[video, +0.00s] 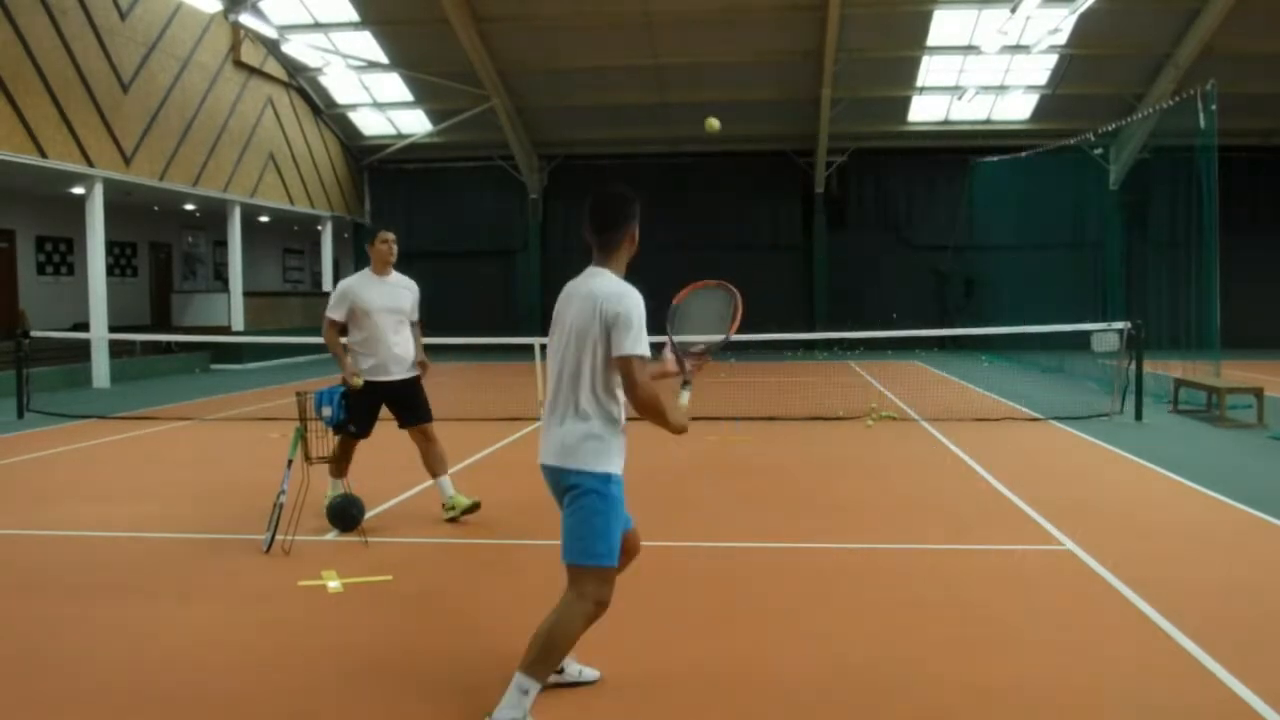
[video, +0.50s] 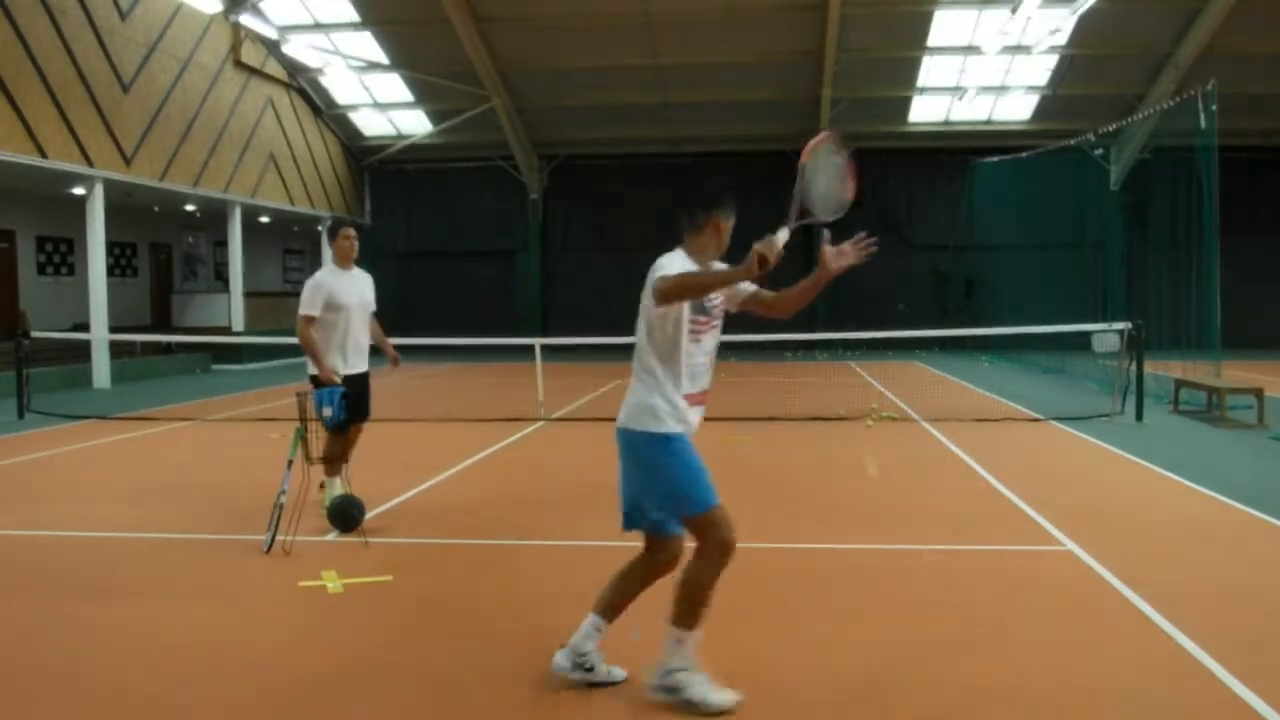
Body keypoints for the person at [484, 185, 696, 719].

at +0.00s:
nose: (638, 238)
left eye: (633, 230)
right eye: (637, 231)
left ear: (591, 235)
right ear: (632, 235)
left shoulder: (573, 291)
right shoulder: (623, 298)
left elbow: (597, 377)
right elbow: (639, 390)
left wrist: (663, 366)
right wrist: (673, 418)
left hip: (561, 456)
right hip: (592, 464)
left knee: (624, 544)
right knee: (588, 595)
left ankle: (553, 658)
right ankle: (511, 706)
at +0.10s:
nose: (646, 245)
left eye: (644, 237)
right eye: (645, 237)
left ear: (595, 244)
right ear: (638, 244)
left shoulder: (580, 301)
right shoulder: (623, 307)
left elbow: (631, 380)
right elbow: (649, 399)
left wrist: (693, 366)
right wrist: (690, 420)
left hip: (568, 463)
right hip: (589, 471)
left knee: (644, 542)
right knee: (596, 606)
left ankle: (573, 647)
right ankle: (513, 707)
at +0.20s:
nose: (656, 244)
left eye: (654, 236)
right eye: (656, 236)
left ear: (610, 238)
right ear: (649, 239)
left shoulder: (601, 290)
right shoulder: (626, 295)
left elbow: (653, 364)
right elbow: (668, 376)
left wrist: (718, 346)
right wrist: (724, 384)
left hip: (594, 458)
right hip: (599, 462)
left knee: (649, 548)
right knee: (591, 591)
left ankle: (578, 658)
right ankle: (509, 706)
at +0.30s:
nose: (673, 242)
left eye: (671, 234)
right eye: (673, 234)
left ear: (633, 235)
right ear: (663, 236)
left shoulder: (650, 292)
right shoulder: (627, 289)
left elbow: (701, 340)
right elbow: (670, 344)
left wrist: (755, 315)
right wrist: (748, 345)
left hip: (628, 454)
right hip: (609, 454)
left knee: (656, 556)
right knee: (622, 578)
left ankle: (575, 657)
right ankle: (524, 695)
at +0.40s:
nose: (698, 245)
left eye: (698, 238)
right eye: (697, 236)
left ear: (672, 239)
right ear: (684, 237)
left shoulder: (684, 289)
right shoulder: (643, 288)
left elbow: (745, 328)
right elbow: (708, 318)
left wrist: (771, 294)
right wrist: (767, 298)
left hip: (640, 447)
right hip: (628, 448)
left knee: (655, 563)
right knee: (673, 570)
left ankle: (583, 653)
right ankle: (577, 671)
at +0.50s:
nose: (730, 235)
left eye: (730, 229)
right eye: (727, 227)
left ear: (704, 227)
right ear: (710, 224)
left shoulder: (719, 277)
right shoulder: (671, 266)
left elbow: (777, 306)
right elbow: (666, 291)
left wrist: (824, 273)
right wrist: (741, 272)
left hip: (665, 428)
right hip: (654, 428)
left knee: (662, 552)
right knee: (718, 538)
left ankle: (579, 651)